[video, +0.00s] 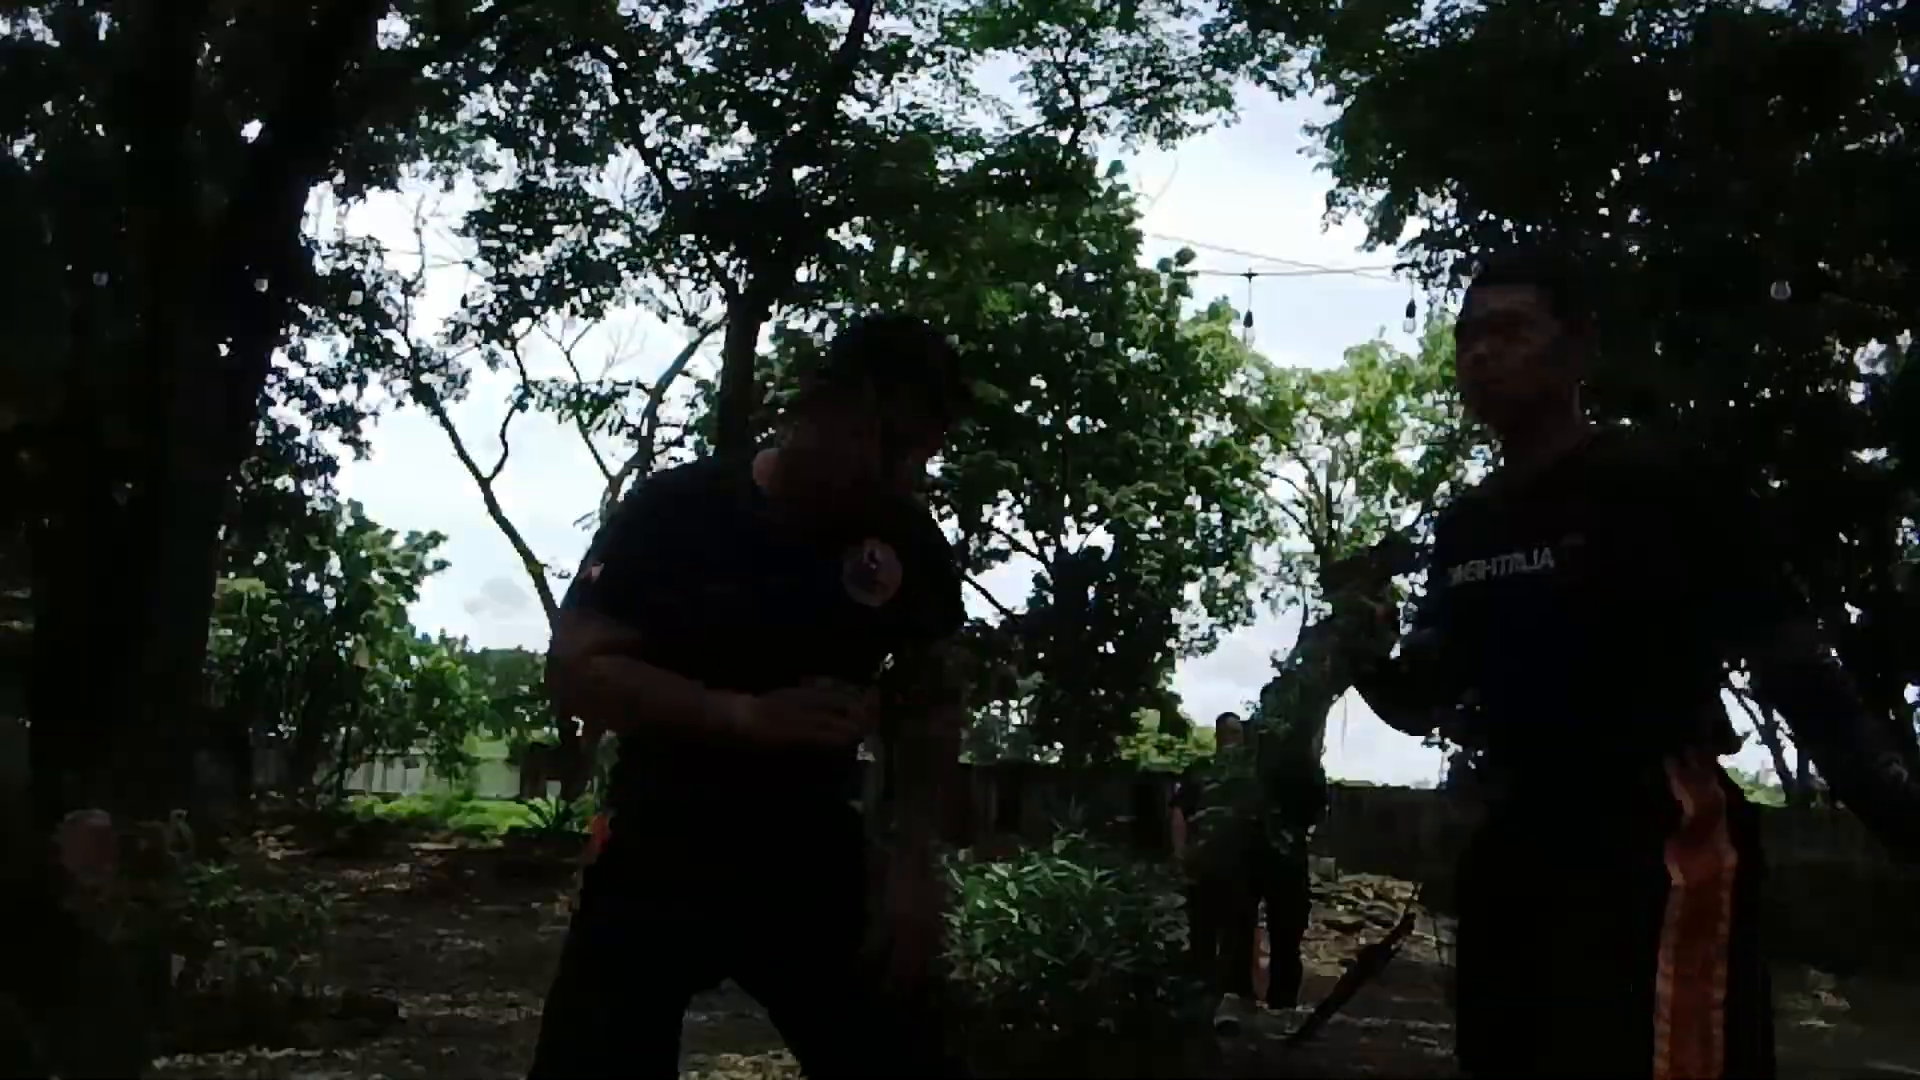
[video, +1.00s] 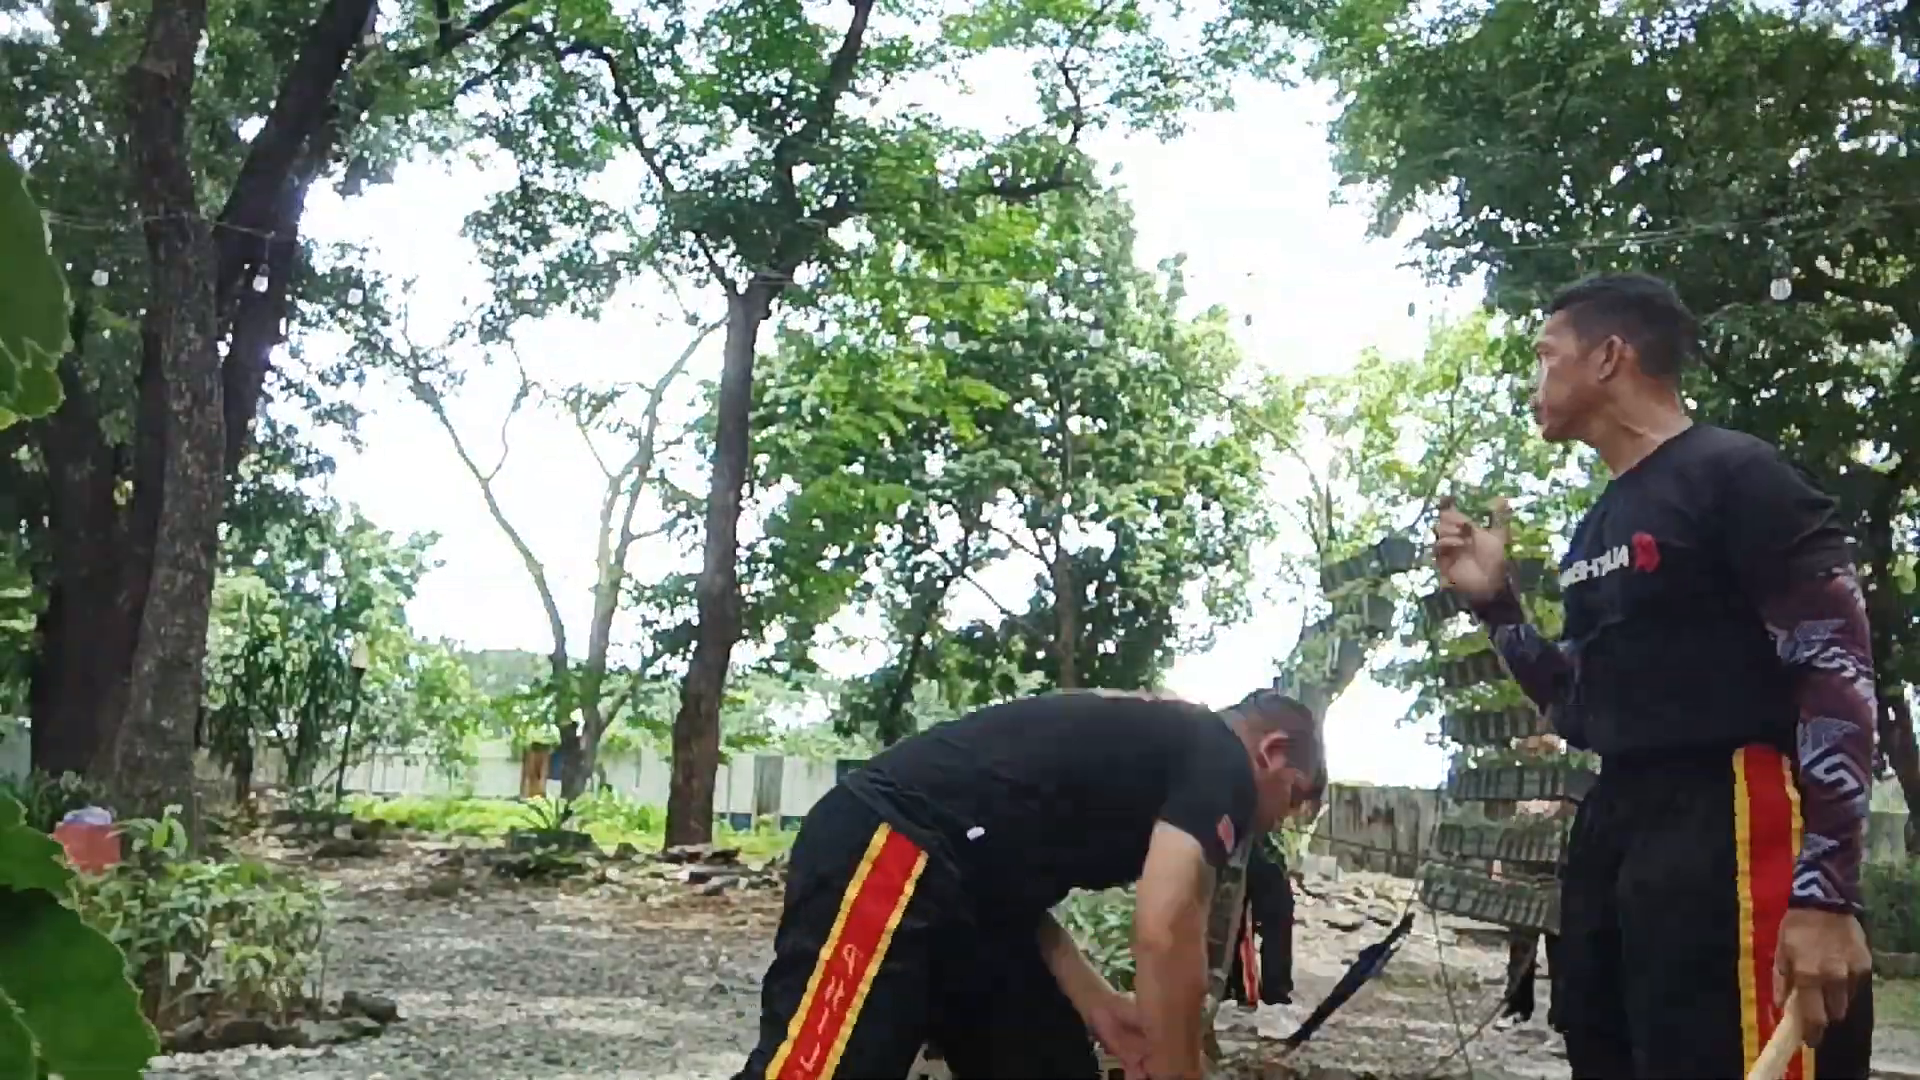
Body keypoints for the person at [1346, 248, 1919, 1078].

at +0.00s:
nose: (1478, 351)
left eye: (1509, 329)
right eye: (1469, 333)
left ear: (1575, 347)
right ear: (1456, 356)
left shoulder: (1662, 480)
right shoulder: (1467, 522)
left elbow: (1793, 665)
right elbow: (1424, 700)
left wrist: (1895, 809)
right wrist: (1365, 650)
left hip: (1662, 841)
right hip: (1521, 835)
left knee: (1658, 1056)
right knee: (1508, 1053)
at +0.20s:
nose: (1524, 338)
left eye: (1558, 318)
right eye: (1514, 323)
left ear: (1626, 345)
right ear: (1506, 353)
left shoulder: (1722, 486)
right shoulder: (1499, 520)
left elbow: (1830, 683)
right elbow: (1499, 703)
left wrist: (1845, 886)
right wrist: (1485, 881)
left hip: (1692, 862)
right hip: (1541, 869)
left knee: (1708, 1059)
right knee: (1552, 1059)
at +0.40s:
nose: (1566, 326)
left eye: (1601, 304)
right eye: (1555, 311)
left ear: (1671, 332)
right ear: (1547, 342)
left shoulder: (1768, 475)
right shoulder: (1552, 502)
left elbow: (1869, 679)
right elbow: (1572, 706)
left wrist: (1832, 878)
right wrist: (1547, 902)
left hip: (1731, 884)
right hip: (1585, 890)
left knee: (1740, 1064)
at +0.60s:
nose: (1584, 326)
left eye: (1618, 304)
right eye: (1574, 311)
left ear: (1693, 331)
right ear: (1564, 343)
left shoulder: (1787, 477)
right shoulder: (1597, 499)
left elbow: (1890, 680)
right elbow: (1625, 689)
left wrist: (1865, 904)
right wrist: (1555, 822)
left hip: (1760, 871)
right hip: (1619, 872)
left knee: (1748, 1061)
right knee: (1610, 1059)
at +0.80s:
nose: (1560, 340)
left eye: (1585, 317)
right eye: (1564, 322)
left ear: (1666, 329)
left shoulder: (1781, 471)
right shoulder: (1606, 506)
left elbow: (1877, 692)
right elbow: (1646, 671)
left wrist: (1870, 896)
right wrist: (1575, 694)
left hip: (1750, 826)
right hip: (1625, 826)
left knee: (1755, 1055)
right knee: (1619, 1054)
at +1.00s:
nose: (1532, 386)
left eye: (1545, 355)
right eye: (1534, 361)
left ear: (1610, 357)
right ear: (1608, 361)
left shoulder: (1735, 470)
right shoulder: (1593, 529)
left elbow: (1838, 670)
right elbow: (1587, 709)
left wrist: (1827, 895)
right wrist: (1497, 604)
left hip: (1731, 813)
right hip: (1618, 814)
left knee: (1721, 1053)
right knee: (1603, 1047)